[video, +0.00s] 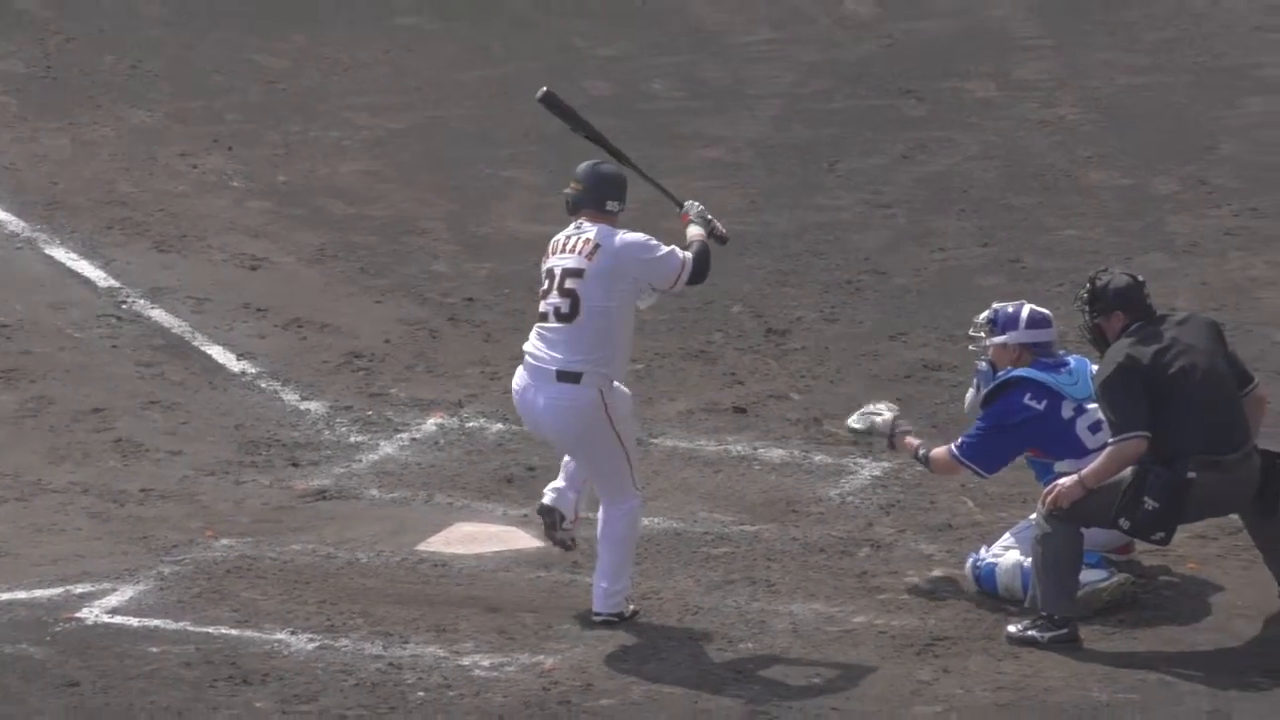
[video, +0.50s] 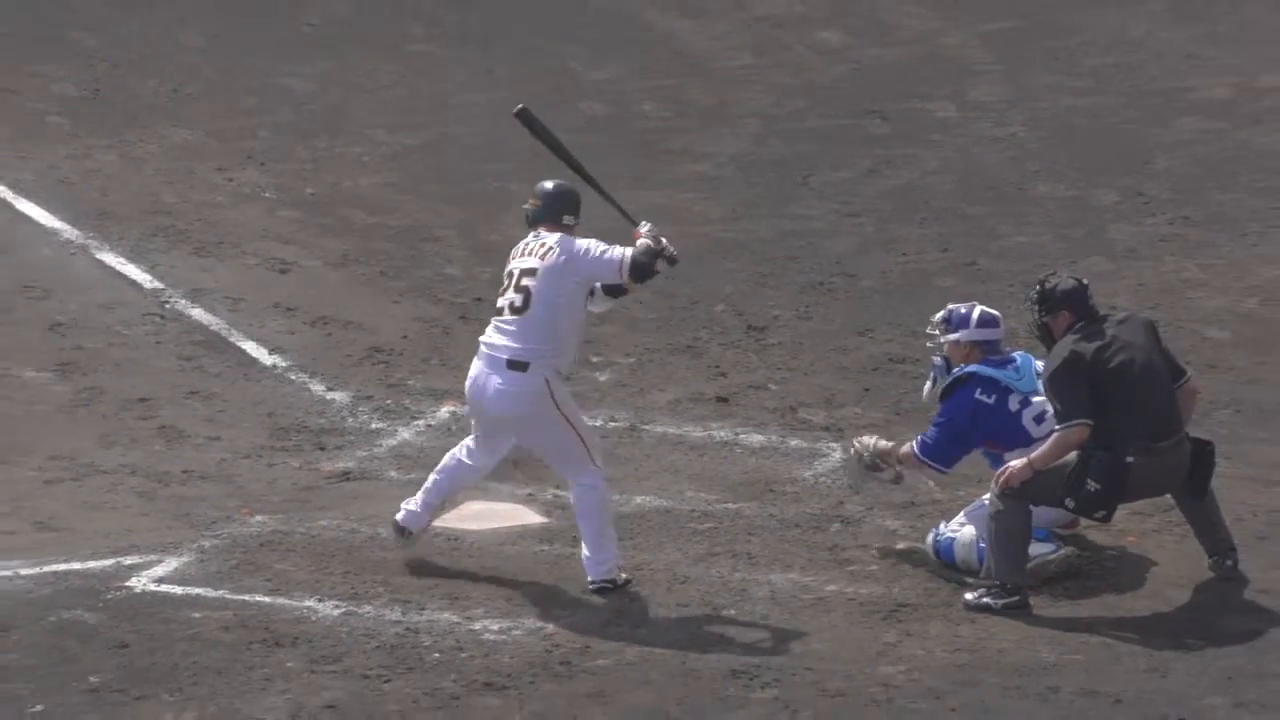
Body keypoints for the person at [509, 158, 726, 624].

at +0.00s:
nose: (569, 203)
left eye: (571, 197)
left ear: (576, 200)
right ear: (617, 203)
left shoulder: (559, 243)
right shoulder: (627, 246)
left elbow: (641, 287)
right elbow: (695, 269)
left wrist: (702, 242)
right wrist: (696, 227)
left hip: (527, 389)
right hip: (583, 400)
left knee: (618, 403)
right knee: (621, 498)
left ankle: (562, 499)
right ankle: (609, 603)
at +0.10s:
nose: (562, 205)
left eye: (565, 199)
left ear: (570, 202)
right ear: (609, 205)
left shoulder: (553, 242)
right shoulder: (616, 246)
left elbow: (628, 290)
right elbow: (686, 270)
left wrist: (694, 248)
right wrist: (689, 230)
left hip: (517, 386)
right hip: (569, 398)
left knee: (615, 392)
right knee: (615, 494)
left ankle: (562, 495)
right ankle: (605, 598)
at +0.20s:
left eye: (557, 201)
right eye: (603, 206)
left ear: (560, 204)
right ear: (600, 207)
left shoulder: (544, 243)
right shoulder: (608, 247)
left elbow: (614, 294)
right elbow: (676, 272)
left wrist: (680, 255)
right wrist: (681, 233)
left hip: (508, 383)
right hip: (558, 395)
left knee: (606, 395)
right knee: (607, 491)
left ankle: (553, 494)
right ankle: (601, 593)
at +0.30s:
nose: (594, 215)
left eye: (548, 201)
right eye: (593, 207)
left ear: (551, 205)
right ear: (591, 208)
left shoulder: (537, 243)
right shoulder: (598, 246)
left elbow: (607, 293)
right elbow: (668, 272)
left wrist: (666, 261)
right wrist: (672, 237)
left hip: (499, 381)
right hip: (548, 394)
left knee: (587, 404)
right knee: (598, 484)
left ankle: (532, 499)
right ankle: (601, 587)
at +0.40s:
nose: (538, 210)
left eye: (541, 204)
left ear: (545, 208)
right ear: (582, 212)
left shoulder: (530, 245)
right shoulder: (588, 247)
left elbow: (604, 295)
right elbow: (656, 268)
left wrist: (667, 263)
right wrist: (662, 239)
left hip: (490, 378)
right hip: (539, 389)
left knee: (534, 429)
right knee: (594, 479)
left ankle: (480, 506)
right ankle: (603, 581)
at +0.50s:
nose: (529, 218)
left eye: (531, 212)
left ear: (535, 215)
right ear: (570, 218)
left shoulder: (522, 250)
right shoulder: (573, 251)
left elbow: (593, 293)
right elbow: (638, 265)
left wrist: (651, 261)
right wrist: (647, 239)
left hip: (481, 376)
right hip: (528, 387)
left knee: (480, 448)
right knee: (587, 473)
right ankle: (603, 571)